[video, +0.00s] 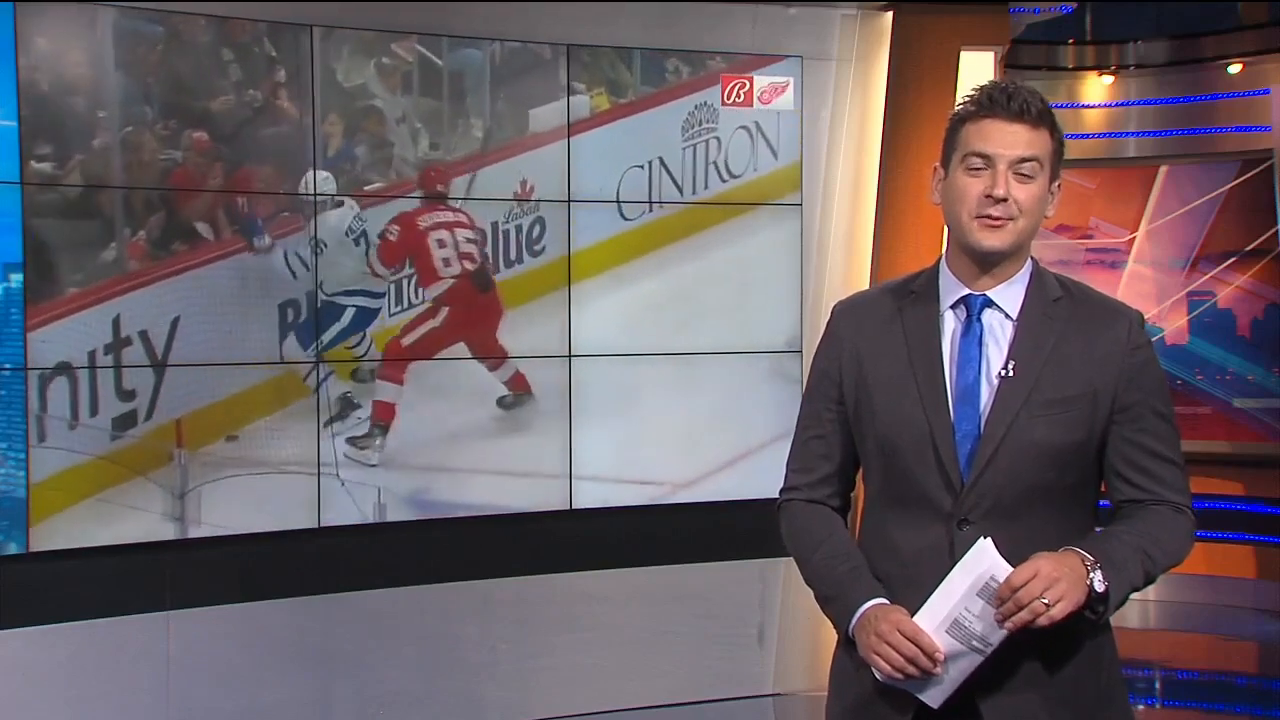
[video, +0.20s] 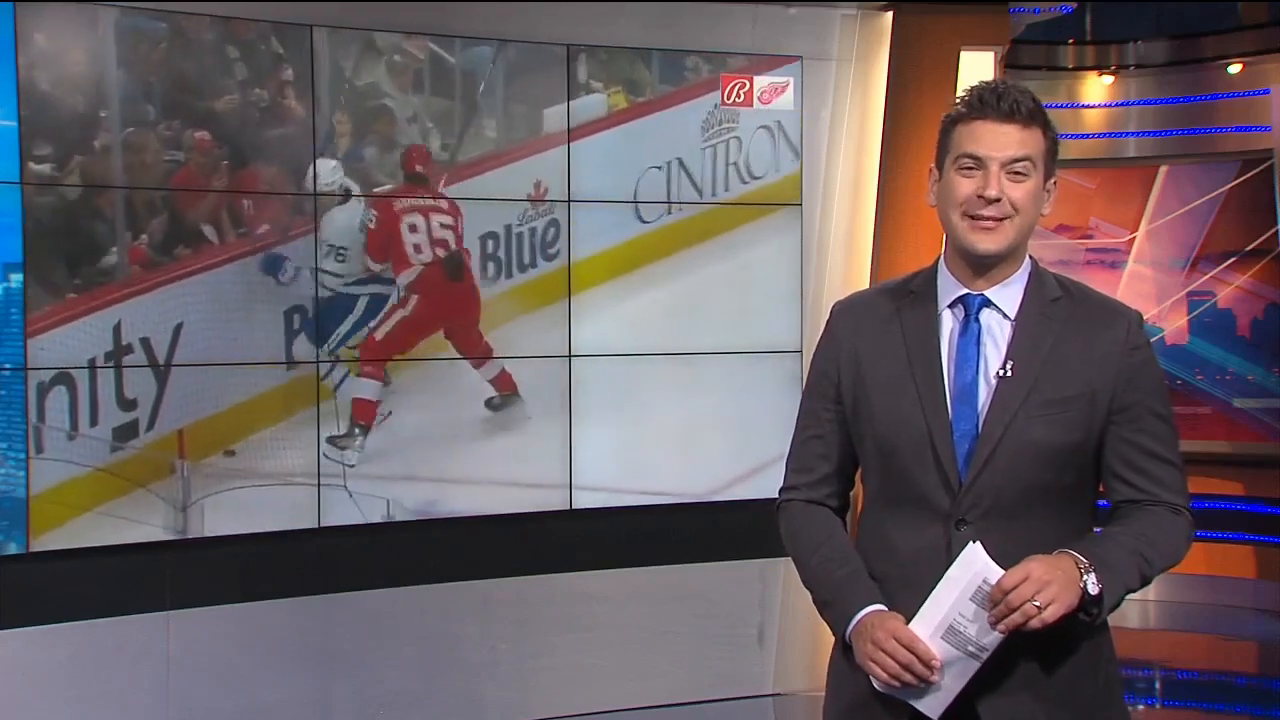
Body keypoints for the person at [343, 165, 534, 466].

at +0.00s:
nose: (426, 193)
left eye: (423, 188)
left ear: (420, 190)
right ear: (448, 190)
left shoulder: (407, 221)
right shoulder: (468, 218)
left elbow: (383, 266)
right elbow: (478, 254)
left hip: (450, 308)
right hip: (488, 303)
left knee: (395, 353)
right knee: (484, 346)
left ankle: (376, 434)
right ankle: (522, 391)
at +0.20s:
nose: (421, 177)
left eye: (411, 171)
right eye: (425, 172)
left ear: (402, 172)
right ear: (431, 172)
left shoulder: (387, 203)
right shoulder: (450, 205)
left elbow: (375, 260)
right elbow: (454, 247)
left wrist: (374, 227)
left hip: (424, 298)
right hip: (465, 292)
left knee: (373, 351)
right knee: (468, 340)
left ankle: (357, 434)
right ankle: (509, 393)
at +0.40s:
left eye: (402, 146)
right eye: (419, 148)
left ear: (394, 149)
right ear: (425, 149)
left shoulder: (380, 182)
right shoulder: (439, 184)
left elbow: (379, 231)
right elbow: (446, 232)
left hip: (403, 275)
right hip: (443, 272)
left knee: (366, 346)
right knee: (468, 338)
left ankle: (351, 426)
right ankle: (500, 396)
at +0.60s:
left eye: (408, 117)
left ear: (407, 120)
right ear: (438, 124)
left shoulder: (391, 150)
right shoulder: (453, 160)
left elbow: (379, 193)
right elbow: (451, 212)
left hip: (394, 247)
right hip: (436, 248)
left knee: (379, 327)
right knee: (460, 318)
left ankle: (354, 412)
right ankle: (490, 392)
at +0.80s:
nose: (463, 118)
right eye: (462, 112)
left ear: (428, 106)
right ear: (457, 112)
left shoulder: (400, 134)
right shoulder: (465, 143)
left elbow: (389, 176)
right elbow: (465, 190)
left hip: (410, 238)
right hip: (454, 239)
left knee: (390, 318)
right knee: (475, 313)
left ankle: (369, 404)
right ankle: (496, 392)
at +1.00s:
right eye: (473, 91)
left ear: (444, 92)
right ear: (474, 95)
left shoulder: (423, 122)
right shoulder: (488, 126)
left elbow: (417, 177)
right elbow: (498, 179)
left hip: (445, 229)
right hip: (490, 227)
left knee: (427, 312)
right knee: (507, 305)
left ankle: (408, 405)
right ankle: (536, 392)